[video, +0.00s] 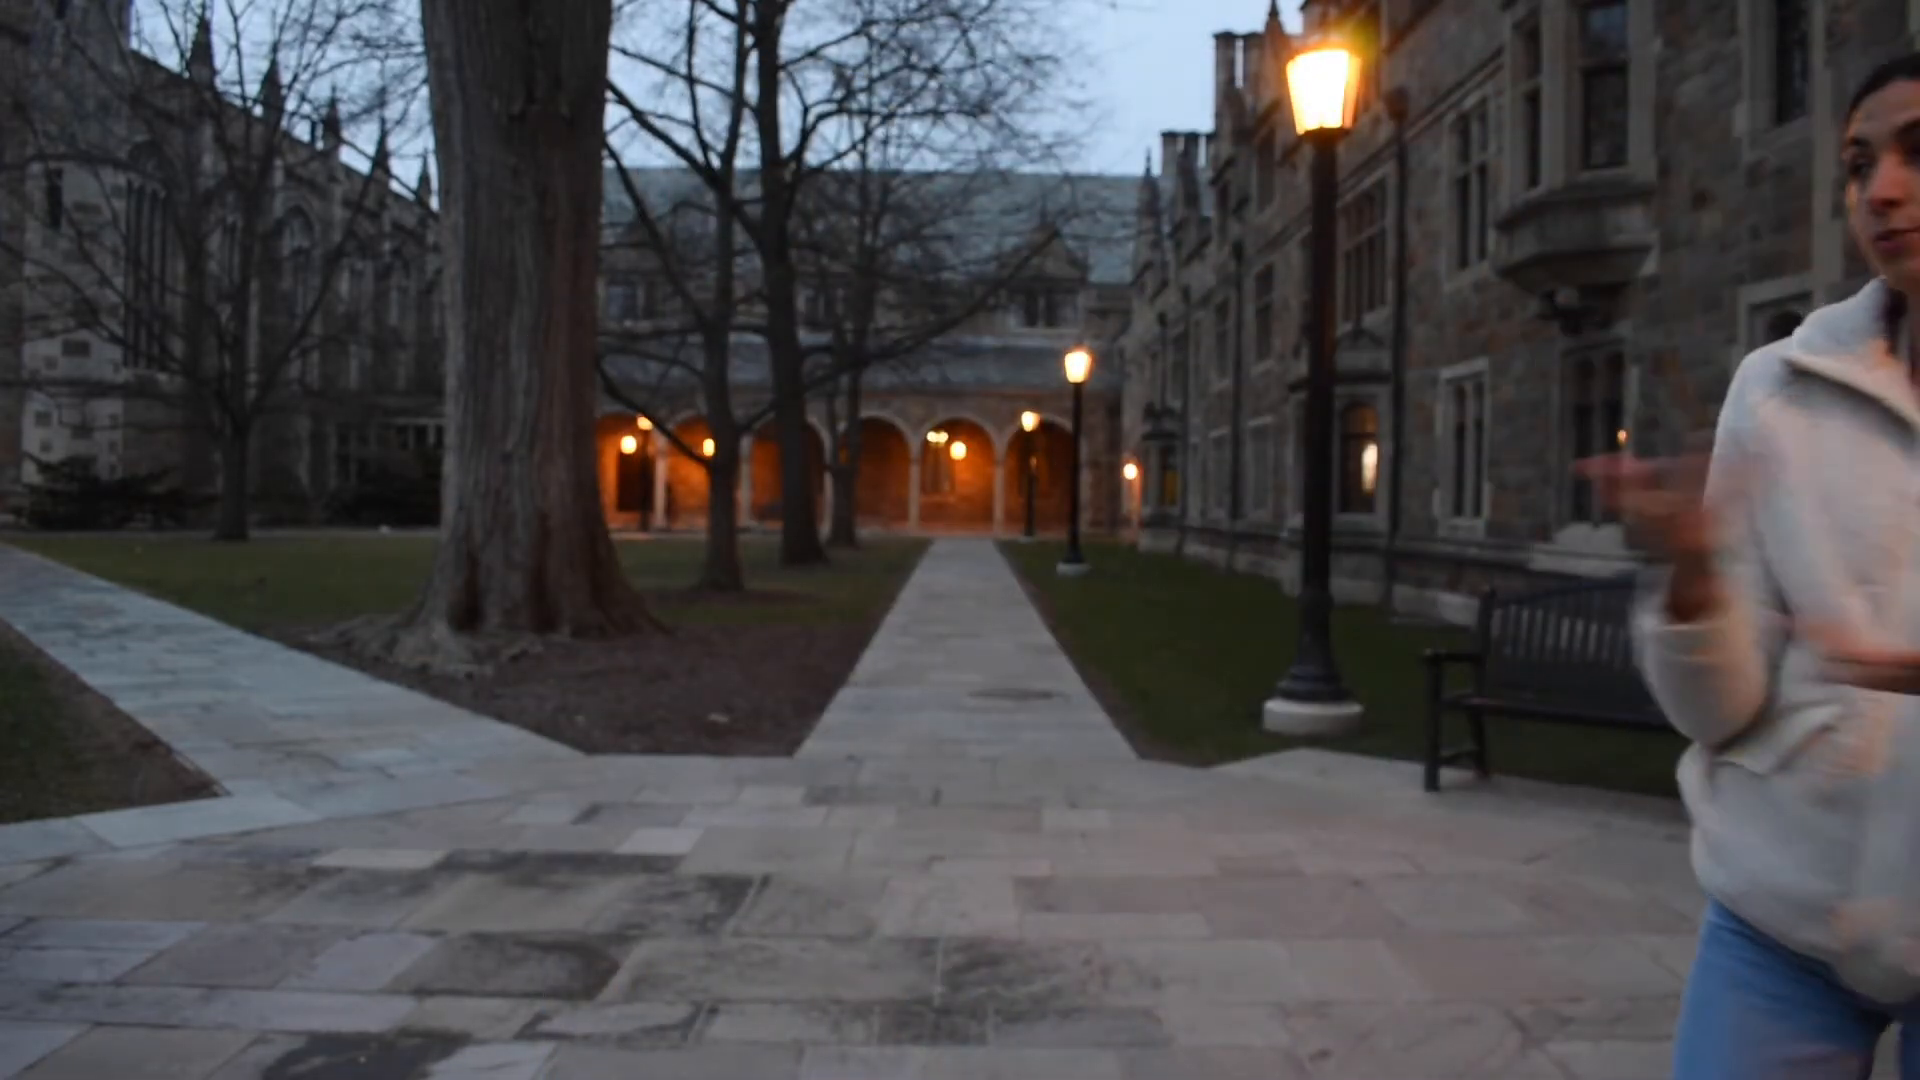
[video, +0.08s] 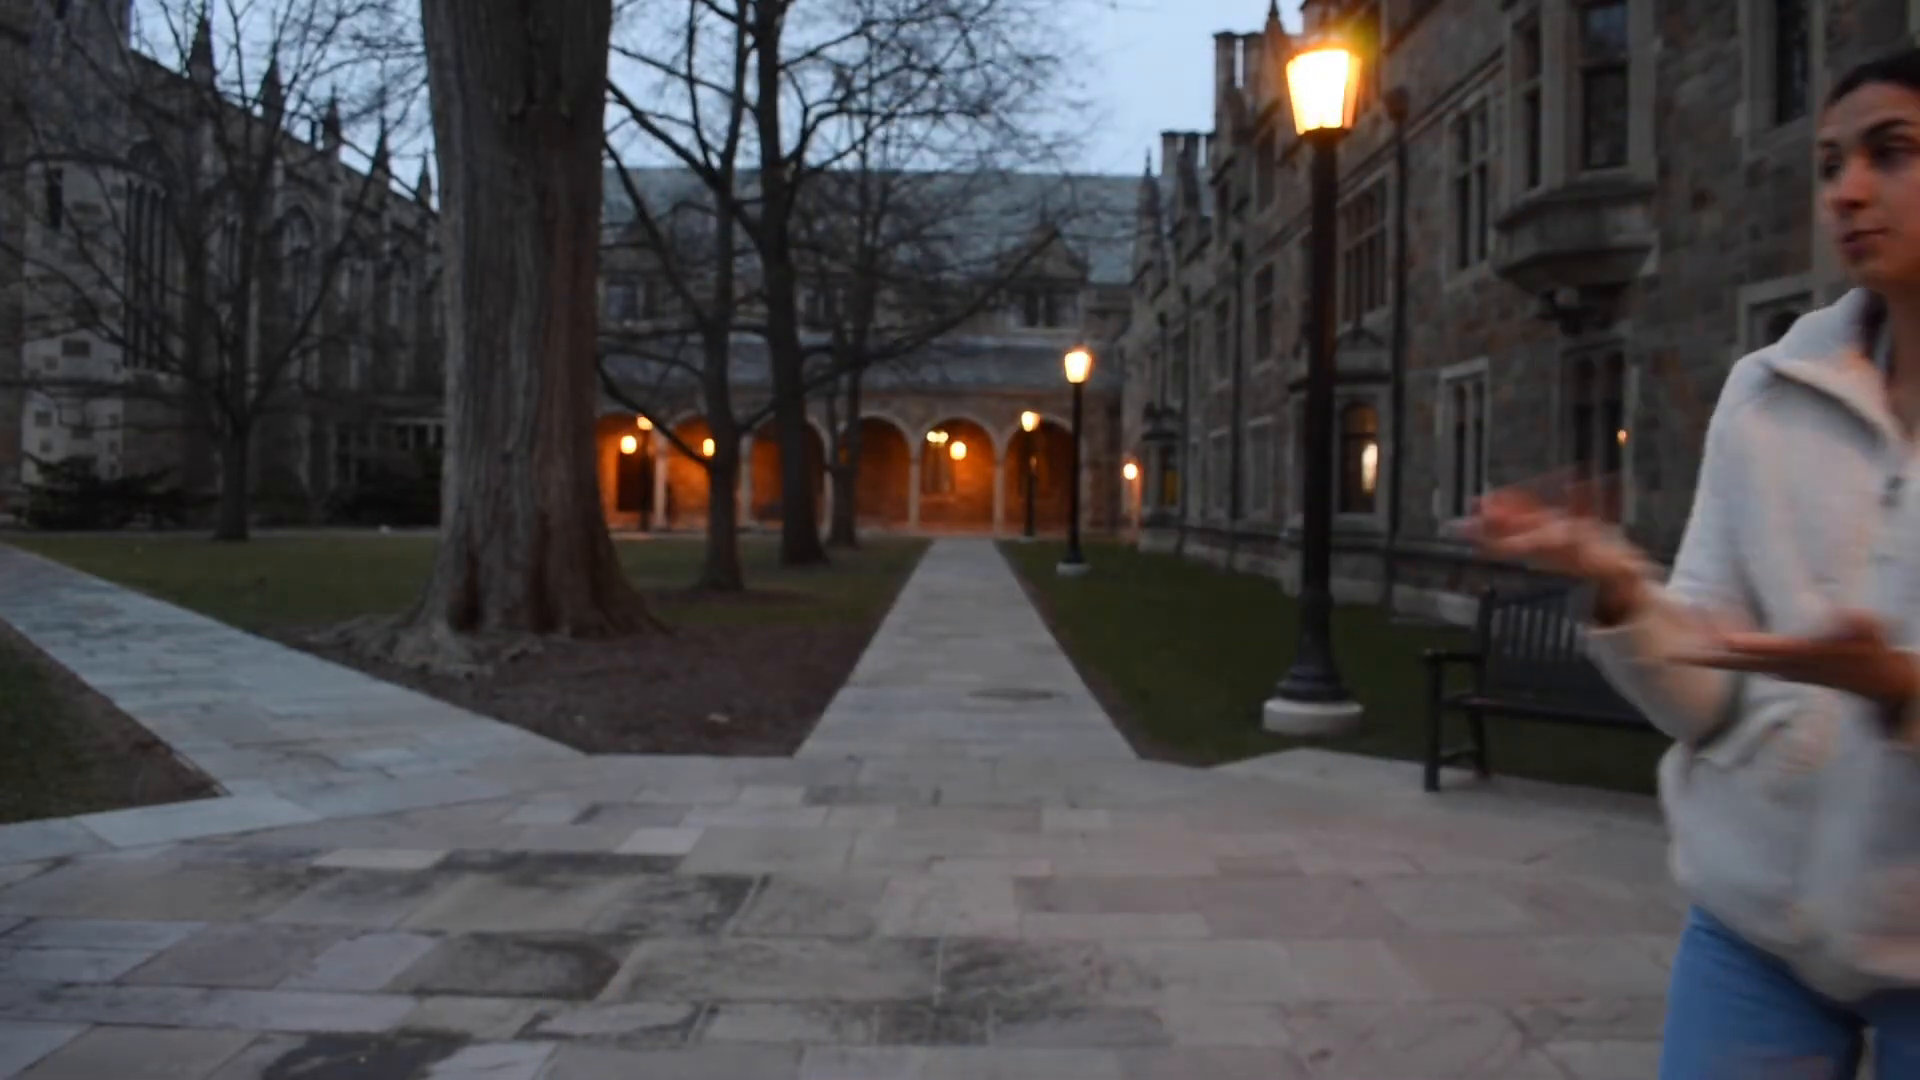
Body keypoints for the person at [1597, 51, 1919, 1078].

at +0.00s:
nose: (1885, 188)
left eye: (1914, 150)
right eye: (1864, 160)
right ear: (1844, 190)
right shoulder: (1782, 387)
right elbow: (1718, 712)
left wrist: (1903, 664)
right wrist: (1690, 569)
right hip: (1785, 925)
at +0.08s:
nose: (1848, 191)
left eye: (1888, 151)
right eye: (1830, 164)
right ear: (1817, 191)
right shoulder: (1769, 392)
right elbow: (1709, 699)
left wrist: (1893, 679)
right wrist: (1621, 586)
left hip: (1915, 956)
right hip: (1755, 930)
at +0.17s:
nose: (1810, 190)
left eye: (1857, 149)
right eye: (1794, 165)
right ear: (1785, 197)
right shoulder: (1751, 392)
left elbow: (1903, 716)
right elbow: (1679, 695)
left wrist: (1805, 680)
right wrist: (1561, 583)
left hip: (1898, 963)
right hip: (1714, 933)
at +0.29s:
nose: (1748, 205)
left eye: (1794, 164)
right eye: (1736, 180)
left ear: (1898, 196)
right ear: (1725, 208)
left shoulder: (1910, 404)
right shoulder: (1703, 404)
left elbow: (1909, 735)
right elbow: (1614, 697)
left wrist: (1684, 675)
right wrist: (1481, 578)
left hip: (1859, 978)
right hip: (1655, 947)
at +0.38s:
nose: (1695, 215)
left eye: (1739, 176)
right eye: (1688, 189)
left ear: (1851, 201)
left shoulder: (1906, 401)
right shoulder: (1669, 412)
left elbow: (1893, 753)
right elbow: (1586, 700)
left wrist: (1613, 676)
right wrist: (1440, 594)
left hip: (1819, 975)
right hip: (1617, 945)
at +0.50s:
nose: (1623, 222)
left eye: (1666, 184)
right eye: (1621, 192)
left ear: (1777, 210)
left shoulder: (1881, 384)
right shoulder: (1617, 410)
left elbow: (1818, 752)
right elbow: (1548, 677)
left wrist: (1521, 682)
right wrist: (1405, 609)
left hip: (1753, 953)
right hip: (1573, 929)